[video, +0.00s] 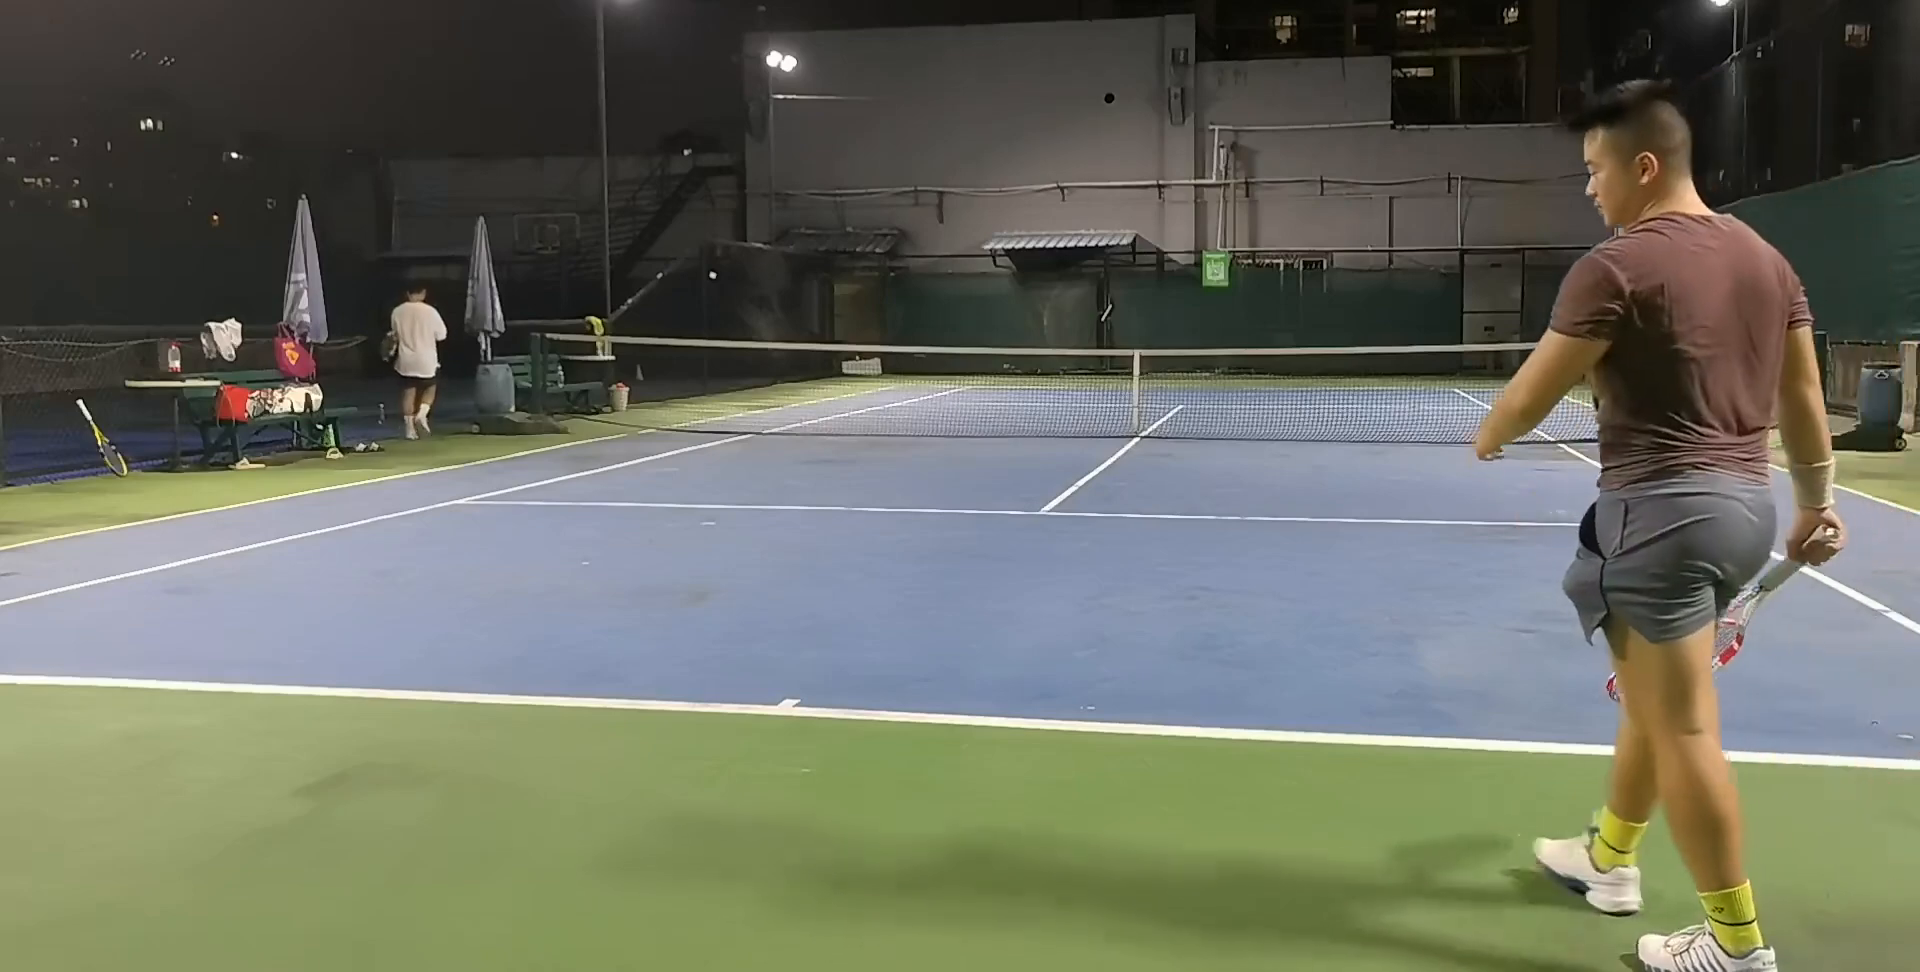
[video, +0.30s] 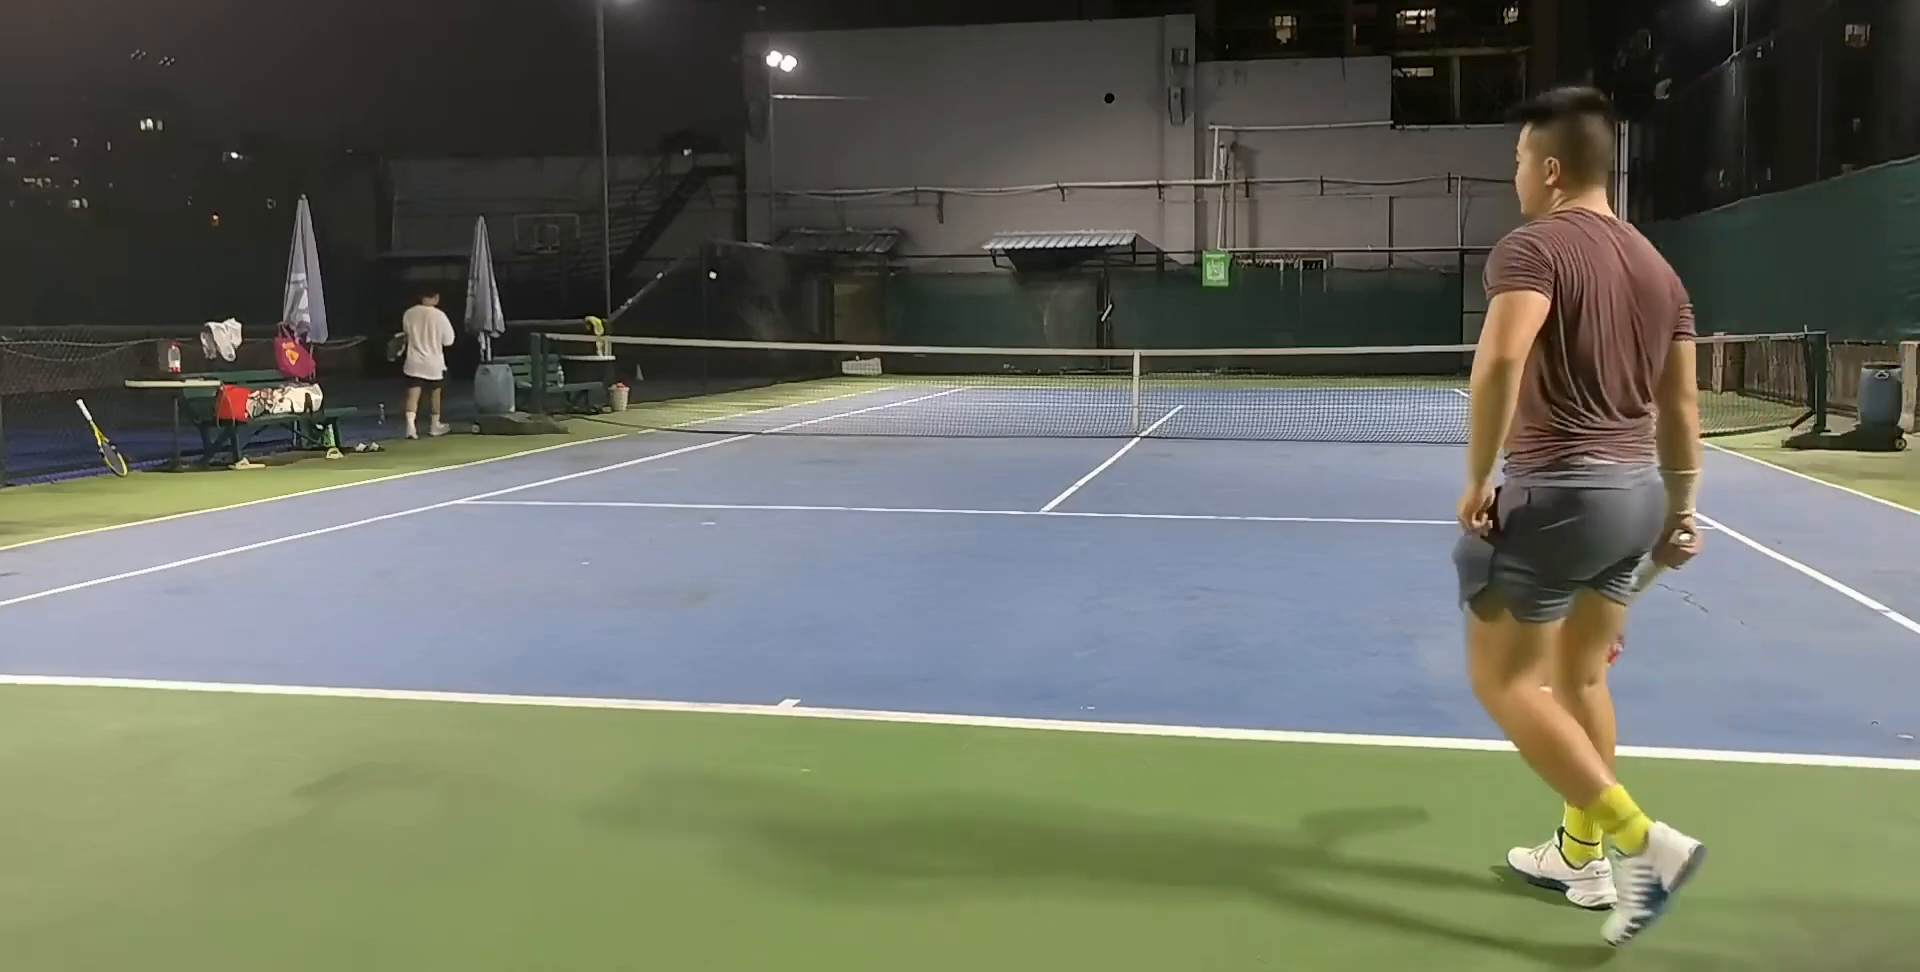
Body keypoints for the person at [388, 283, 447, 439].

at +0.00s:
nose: (422, 297)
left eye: (420, 294)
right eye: (423, 294)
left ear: (407, 294)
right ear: (424, 293)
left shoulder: (397, 311)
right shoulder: (430, 311)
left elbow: (395, 333)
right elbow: (441, 334)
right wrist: (426, 328)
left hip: (405, 362)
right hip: (427, 362)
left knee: (408, 391)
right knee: (430, 386)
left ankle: (410, 429)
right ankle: (422, 413)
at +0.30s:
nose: (438, 300)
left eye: (437, 297)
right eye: (437, 297)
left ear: (421, 297)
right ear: (434, 298)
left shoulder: (409, 313)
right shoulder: (439, 315)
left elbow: (406, 333)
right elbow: (448, 340)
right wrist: (433, 334)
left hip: (413, 362)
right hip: (434, 363)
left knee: (412, 394)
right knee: (436, 392)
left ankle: (410, 427)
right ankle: (435, 425)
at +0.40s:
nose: (444, 301)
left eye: (444, 298)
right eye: (444, 298)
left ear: (427, 297)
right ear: (440, 298)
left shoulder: (415, 313)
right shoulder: (444, 316)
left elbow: (412, 333)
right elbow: (453, 341)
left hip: (418, 361)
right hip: (439, 362)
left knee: (418, 389)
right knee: (440, 390)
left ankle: (411, 416)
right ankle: (436, 424)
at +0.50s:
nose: (449, 300)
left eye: (448, 297)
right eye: (448, 297)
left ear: (432, 296)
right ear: (445, 297)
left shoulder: (420, 312)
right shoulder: (449, 314)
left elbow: (418, 332)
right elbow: (458, 339)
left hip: (423, 360)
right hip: (443, 361)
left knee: (425, 387)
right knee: (443, 390)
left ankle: (417, 409)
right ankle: (437, 424)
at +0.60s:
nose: (453, 298)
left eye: (453, 295)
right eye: (453, 295)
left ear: (437, 294)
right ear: (451, 295)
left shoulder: (425, 311)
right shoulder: (454, 313)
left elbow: (423, 331)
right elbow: (463, 337)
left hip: (428, 360)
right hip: (447, 362)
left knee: (432, 387)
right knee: (444, 394)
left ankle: (426, 414)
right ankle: (437, 424)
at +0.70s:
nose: (458, 297)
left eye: (457, 295)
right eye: (458, 295)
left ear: (441, 295)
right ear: (455, 295)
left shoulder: (430, 311)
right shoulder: (457, 313)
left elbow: (429, 331)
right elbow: (467, 336)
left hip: (433, 358)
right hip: (450, 360)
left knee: (440, 389)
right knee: (445, 391)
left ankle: (440, 419)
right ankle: (438, 423)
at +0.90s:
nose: (466, 299)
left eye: (466, 296)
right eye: (465, 296)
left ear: (450, 298)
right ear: (462, 297)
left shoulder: (441, 315)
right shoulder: (466, 315)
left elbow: (440, 334)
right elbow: (477, 338)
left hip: (445, 359)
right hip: (462, 360)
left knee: (457, 389)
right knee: (456, 389)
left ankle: (459, 420)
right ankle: (441, 418)